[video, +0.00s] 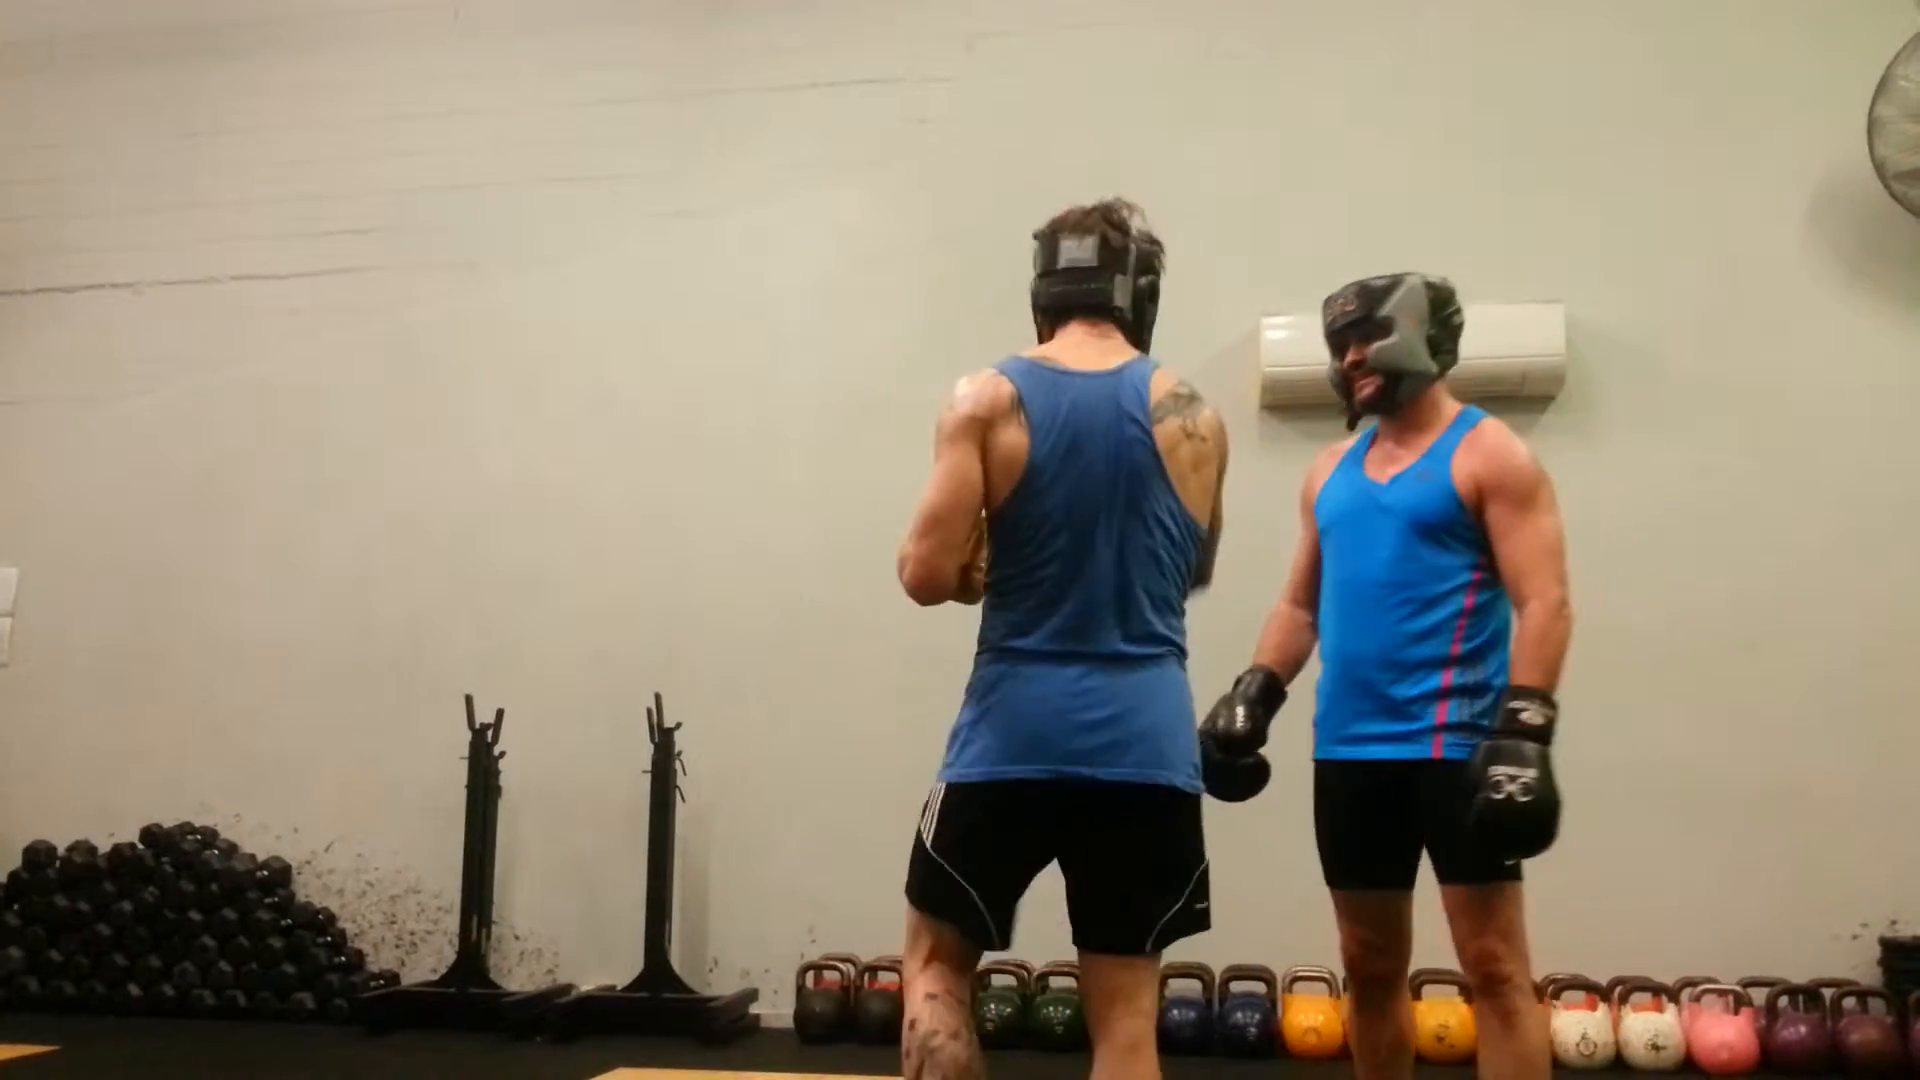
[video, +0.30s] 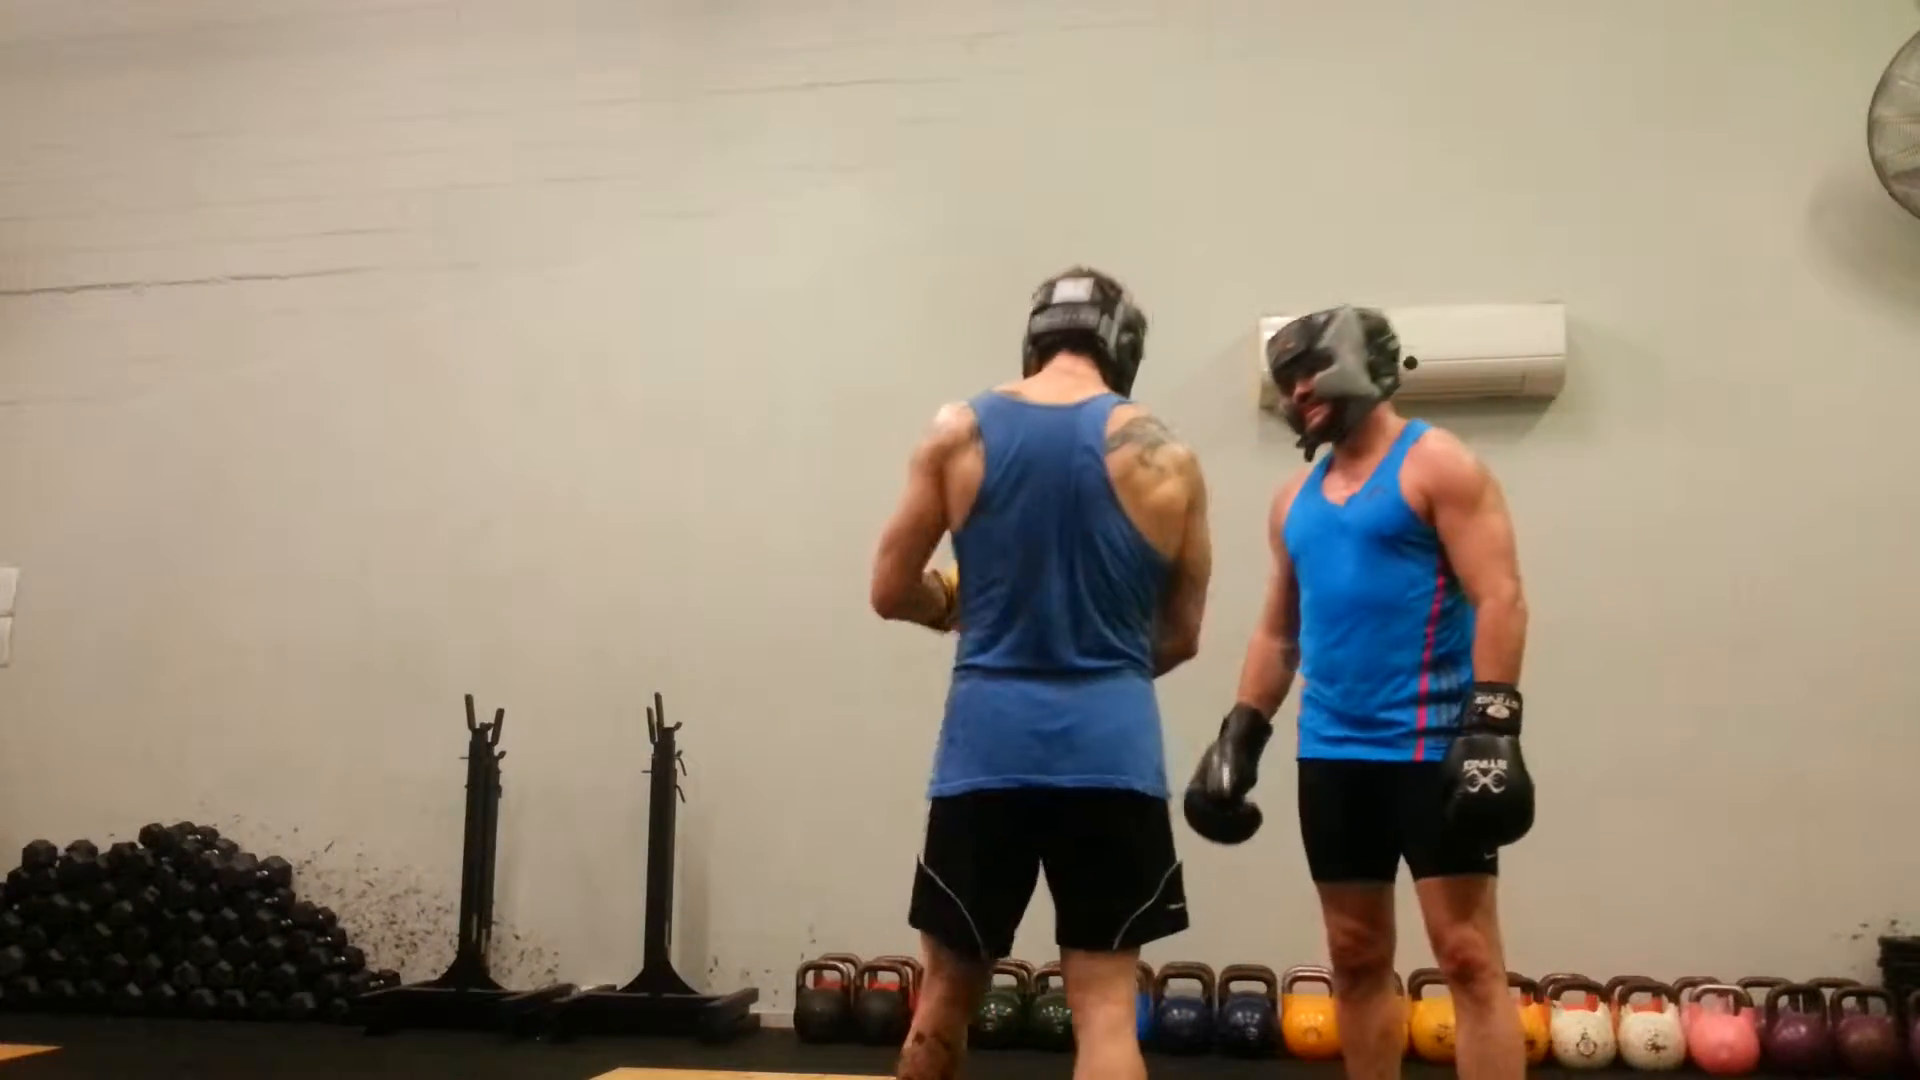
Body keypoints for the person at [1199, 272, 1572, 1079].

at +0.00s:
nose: (1351, 361)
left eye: (1371, 341)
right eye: (1342, 349)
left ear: (1426, 339)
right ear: (1338, 365)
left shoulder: (1491, 454)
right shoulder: (1328, 473)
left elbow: (1545, 602)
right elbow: (1299, 605)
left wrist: (1521, 735)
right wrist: (1253, 694)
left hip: (1462, 759)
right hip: (1352, 760)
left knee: (1494, 973)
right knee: (1370, 972)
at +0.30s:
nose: (1298, 397)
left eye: (1311, 377)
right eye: (1289, 385)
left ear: (1362, 368)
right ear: (1289, 396)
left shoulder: (1441, 466)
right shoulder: (1294, 500)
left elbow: (1501, 596)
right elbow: (1276, 634)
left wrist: (1493, 731)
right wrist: (1236, 742)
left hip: (1436, 756)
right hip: (1332, 758)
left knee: (1467, 961)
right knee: (1354, 957)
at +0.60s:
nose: (1279, 415)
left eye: (1289, 393)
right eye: (1268, 404)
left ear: (1339, 380)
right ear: (1272, 421)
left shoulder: (1426, 469)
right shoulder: (1291, 518)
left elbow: (1496, 584)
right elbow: (1286, 655)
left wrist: (1493, 709)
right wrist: (1262, 771)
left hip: (1443, 755)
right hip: (1342, 765)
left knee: (1479, 952)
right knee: (1360, 953)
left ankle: (1519, 1079)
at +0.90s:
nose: (1306, 440)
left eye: (1314, 422)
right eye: (1303, 427)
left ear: (1357, 407)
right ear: (1346, 422)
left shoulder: (1453, 487)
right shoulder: (1327, 533)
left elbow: (1508, 602)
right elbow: (1326, 661)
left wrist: (1489, 718)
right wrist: (1304, 764)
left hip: (1456, 765)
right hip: (1360, 771)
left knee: (1477, 963)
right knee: (1370, 955)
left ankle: (1502, 1078)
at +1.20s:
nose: (1349, 430)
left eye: (1362, 413)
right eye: (1347, 417)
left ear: (1414, 411)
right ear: (1380, 420)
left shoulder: (1488, 506)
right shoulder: (1360, 527)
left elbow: (1530, 629)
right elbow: (1350, 650)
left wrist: (1516, 749)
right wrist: (1327, 754)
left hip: (1473, 768)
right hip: (1379, 769)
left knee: (1496, 950)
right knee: (1373, 944)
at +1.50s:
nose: (1357, 432)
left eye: (1373, 416)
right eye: (1353, 421)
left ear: (1419, 420)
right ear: (1352, 436)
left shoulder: (1482, 515)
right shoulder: (1344, 532)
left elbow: (1539, 634)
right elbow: (1329, 652)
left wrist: (1556, 753)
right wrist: (1304, 755)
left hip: (1465, 765)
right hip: (1370, 767)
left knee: (1490, 941)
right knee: (1353, 939)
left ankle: (1504, 1077)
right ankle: (1368, 1073)